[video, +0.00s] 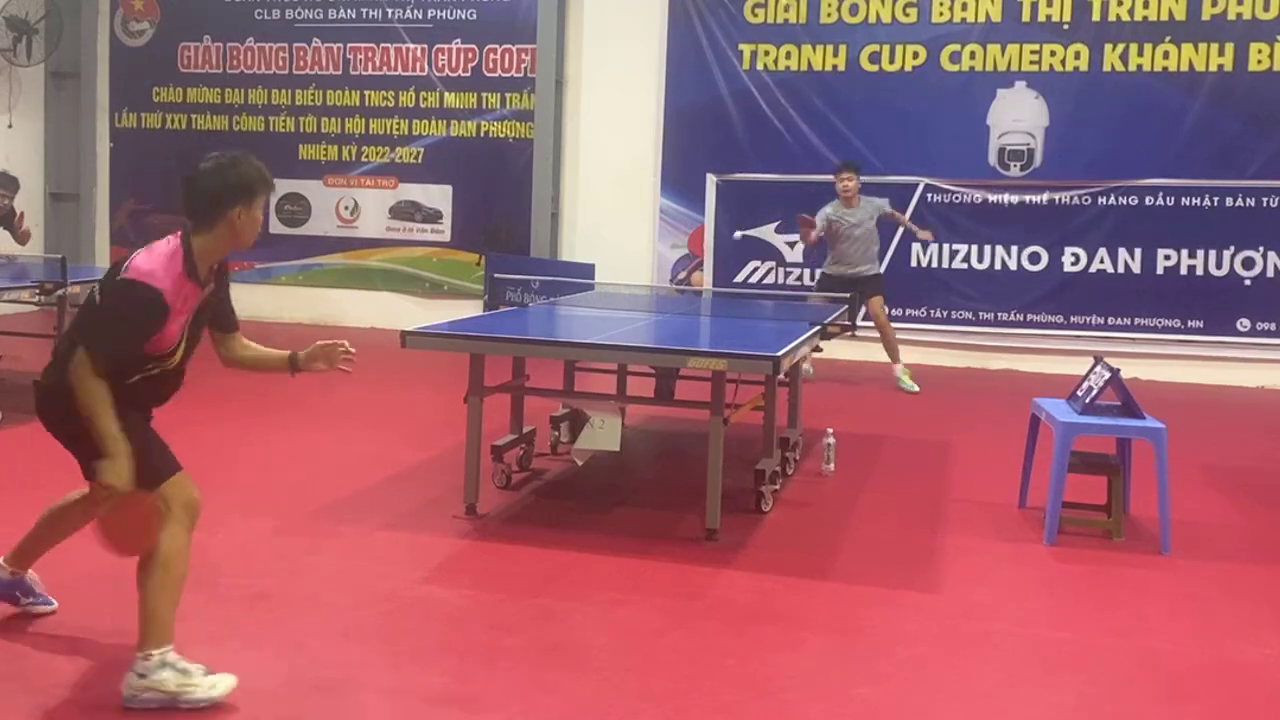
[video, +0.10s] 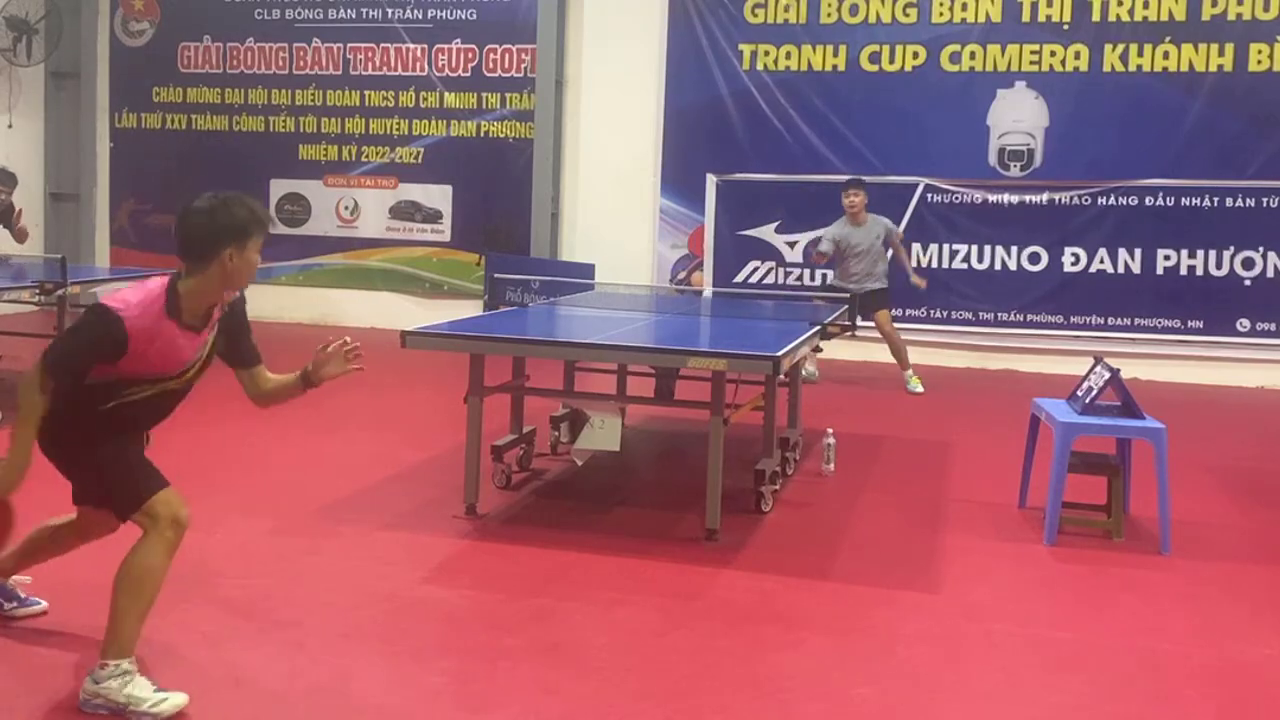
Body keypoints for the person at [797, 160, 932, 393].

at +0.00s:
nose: (845, 185)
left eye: (850, 180)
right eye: (841, 181)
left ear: (859, 183)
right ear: (835, 185)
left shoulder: (874, 205)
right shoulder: (828, 213)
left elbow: (895, 216)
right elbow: (812, 239)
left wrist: (917, 231)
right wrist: (807, 236)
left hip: (868, 274)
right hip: (834, 275)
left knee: (879, 317)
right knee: (811, 316)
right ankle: (804, 360)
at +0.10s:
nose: (851, 200)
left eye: (856, 196)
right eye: (847, 196)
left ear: (865, 199)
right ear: (842, 201)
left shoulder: (881, 224)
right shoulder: (836, 230)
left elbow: (898, 248)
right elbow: (822, 256)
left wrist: (911, 274)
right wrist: (818, 257)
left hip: (874, 288)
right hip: (842, 288)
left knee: (886, 329)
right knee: (815, 318)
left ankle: (909, 374)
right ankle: (810, 365)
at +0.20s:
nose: (844, 204)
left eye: (849, 199)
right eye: (840, 200)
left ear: (858, 203)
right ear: (835, 205)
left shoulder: (876, 229)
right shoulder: (828, 234)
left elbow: (886, 259)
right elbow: (817, 261)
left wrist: (886, 286)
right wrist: (814, 267)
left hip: (871, 291)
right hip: (838, 292)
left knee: (886, 331)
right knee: (808, 323)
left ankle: (909, 375)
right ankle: (800, 365)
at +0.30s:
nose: (828, 196)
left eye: (833, 191)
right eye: (824, 191)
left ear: (842, 193)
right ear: (819, 195)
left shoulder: (860, 220)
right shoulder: (811, 225)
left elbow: (870, 246)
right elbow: (800, 251)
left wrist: (866, 265)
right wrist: (798, 262)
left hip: (854, 286)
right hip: (821, 286)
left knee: (873, 328)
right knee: (800, 321)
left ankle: (902, 373)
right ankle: (801, 365)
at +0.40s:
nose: (813, 185)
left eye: (818, 180)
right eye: (809, 181)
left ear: (827, 182)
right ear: (805, 184)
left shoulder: (845, 209)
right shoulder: (797, 214)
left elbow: (858, 236)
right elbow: (785, 242)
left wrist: (853, 251)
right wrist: (783, 250)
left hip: (840, 275)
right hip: (807, 275)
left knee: (856, 320)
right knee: (788, 314)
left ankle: (875, 366)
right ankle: (799, 364)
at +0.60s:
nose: (787, 189)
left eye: (792, 185)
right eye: (783, 185)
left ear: (802, 185)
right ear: (779, 187)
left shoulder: (820, 210)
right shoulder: (775, 217)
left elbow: (836, 238)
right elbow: (761, 243)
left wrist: (823, 249)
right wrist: (756, 259)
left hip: (819, 278)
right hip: (786, 277)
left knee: (833, 321)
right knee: (767, 310)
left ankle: (842, 363)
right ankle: (781, 359)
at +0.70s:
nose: (773, 204)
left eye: (777, 199)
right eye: (769, 200)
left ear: (788, 200)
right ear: (765, 203)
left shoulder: (805, 224)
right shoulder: (764, 231)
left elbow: (818, 256)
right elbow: (753, 261)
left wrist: (797, 266)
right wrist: (742, 285)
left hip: (807, 288)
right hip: (776, 286)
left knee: (826, 326)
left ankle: (840, 365)